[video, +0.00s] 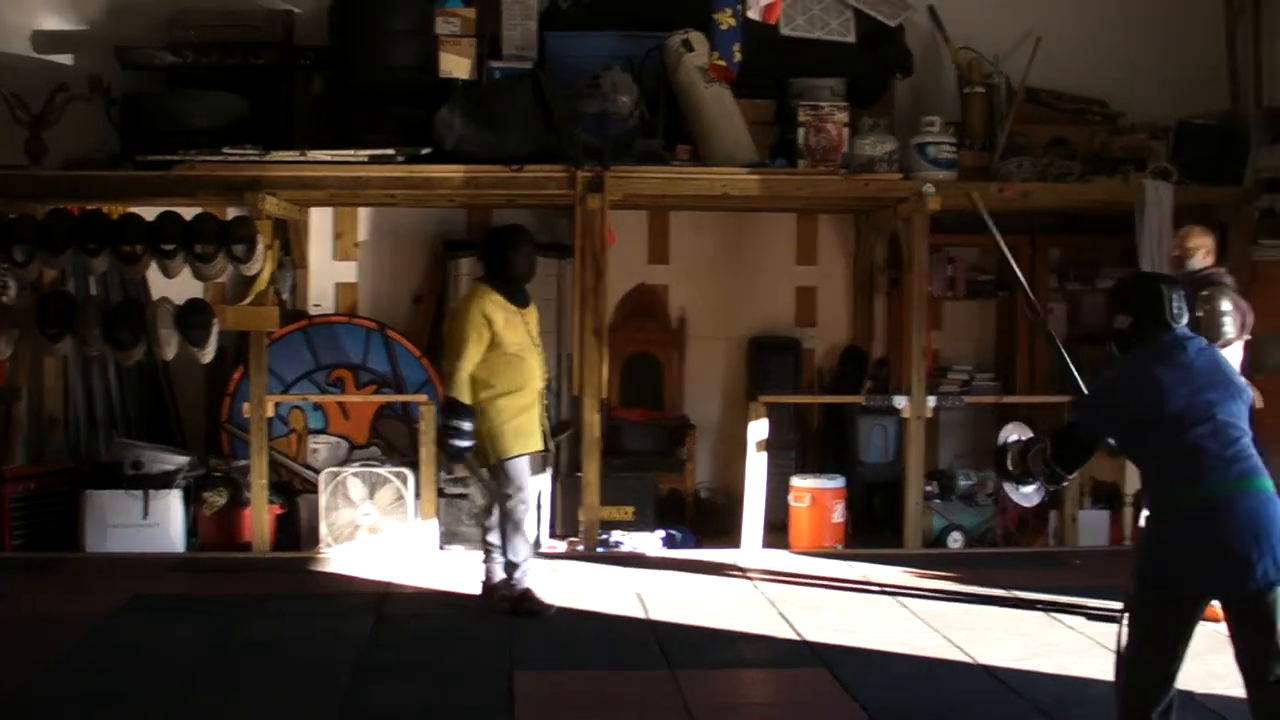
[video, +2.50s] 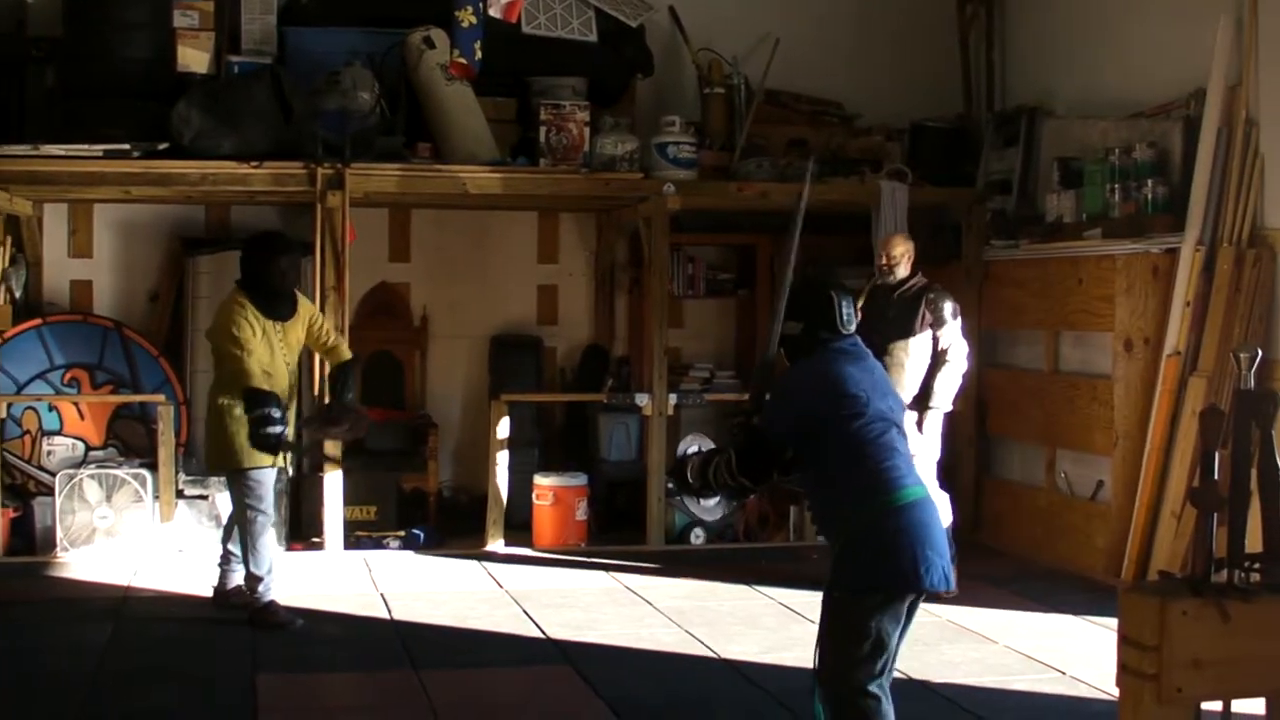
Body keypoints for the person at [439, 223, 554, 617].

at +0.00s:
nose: (532, 265)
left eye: (533, 256)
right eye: (524, 256)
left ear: (529, 260)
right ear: (501, 259)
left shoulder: (524, 304)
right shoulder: (478, 305)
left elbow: (529, 366)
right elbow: (460, 366)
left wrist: (540, 419)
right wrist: (458, 423)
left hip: (526, 417)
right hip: (499, 419)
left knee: (508, 498)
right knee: (519, 495)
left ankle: (496, 579)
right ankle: (515, 582)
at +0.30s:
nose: (487, 264)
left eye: (487, 256)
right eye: (479, 256)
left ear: (483, 259)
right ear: (456, 260)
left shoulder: (482, 302)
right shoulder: (432, 304)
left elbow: (485, 365)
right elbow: (414, 365)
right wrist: (402, 419)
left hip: (485, 419)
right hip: (455, 422)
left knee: (475, 501)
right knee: (463, 501)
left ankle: (457, 578)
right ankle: (462, 583)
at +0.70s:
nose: (427, 263)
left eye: (428, 255)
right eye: (419, 255)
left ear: (428, 258)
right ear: (397, 259)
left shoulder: (429, 303)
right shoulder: (372, 304)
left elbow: (434, 354)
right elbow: (357, 365)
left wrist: (451, 390)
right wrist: (361, 421)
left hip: (428, 420)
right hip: (398, 424)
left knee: (415, 501)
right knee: (405, 503)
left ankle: (400, 577)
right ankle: (404, 584)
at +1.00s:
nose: (382, 264)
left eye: (383, 255)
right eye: (374, 256)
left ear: (383, 258)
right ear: (352, 259)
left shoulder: (386, 305)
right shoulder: (327, 305)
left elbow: (395, 357)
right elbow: (314, 368)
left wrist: (414, 396)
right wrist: (322, 425)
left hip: (381, 423)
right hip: (351, 427)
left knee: (366, 502)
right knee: (360, 504)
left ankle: (354, 580)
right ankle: (358, 586)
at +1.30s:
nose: (350, 265)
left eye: (350, 257)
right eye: (341, 257)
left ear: (351, 260)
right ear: (318, 261)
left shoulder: (353, 306)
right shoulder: (292, 304)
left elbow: (364, 359)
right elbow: (274, 365)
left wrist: (380, 398)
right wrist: (276, 420)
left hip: (346, 419)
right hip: (314, 422)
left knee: (328, 500)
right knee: (329, 501)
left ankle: (316, 580)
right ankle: (324, 587)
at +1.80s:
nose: (305, 269)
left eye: (306, 261)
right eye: (295, 262)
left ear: (307, 265)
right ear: (270, 266)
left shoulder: (310, 308)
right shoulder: (245, 309)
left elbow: (319, 363)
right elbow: (223, 373)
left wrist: (332, 403)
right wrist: (218, 432)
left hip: (300, 430)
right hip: (265, 432)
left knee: (279, 511)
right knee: (279, 513)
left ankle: (258, 586)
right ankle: (280, 595)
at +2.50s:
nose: (291, 276)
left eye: (294, 268)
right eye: (283, 268)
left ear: (295, 268)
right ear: (259, 271)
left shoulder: (299, 308)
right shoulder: (236, 313)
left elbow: (331, 342)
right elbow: (244, 365)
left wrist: (343, 386)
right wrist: (263, 407)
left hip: (277, 418)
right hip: (240, 419)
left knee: (253, 504)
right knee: (258, 507)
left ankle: (230, 583)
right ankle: (262, 596)